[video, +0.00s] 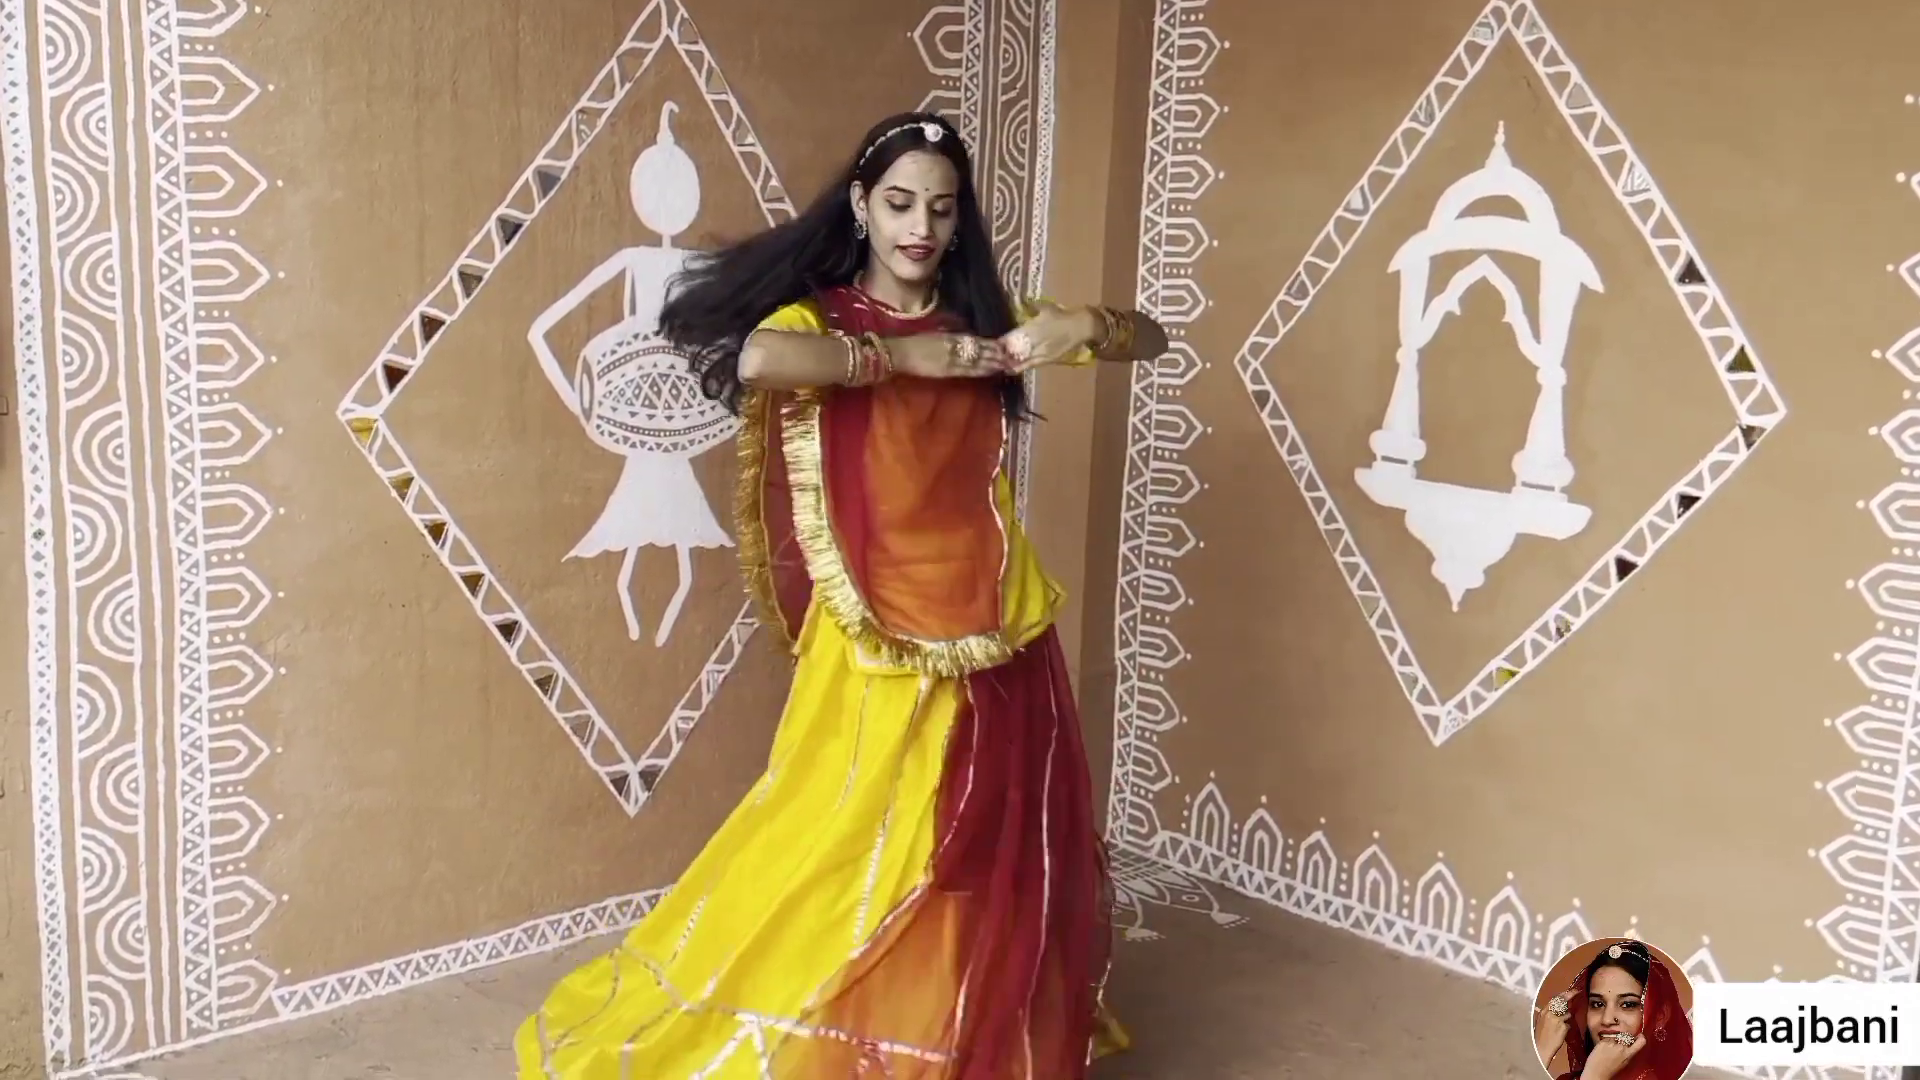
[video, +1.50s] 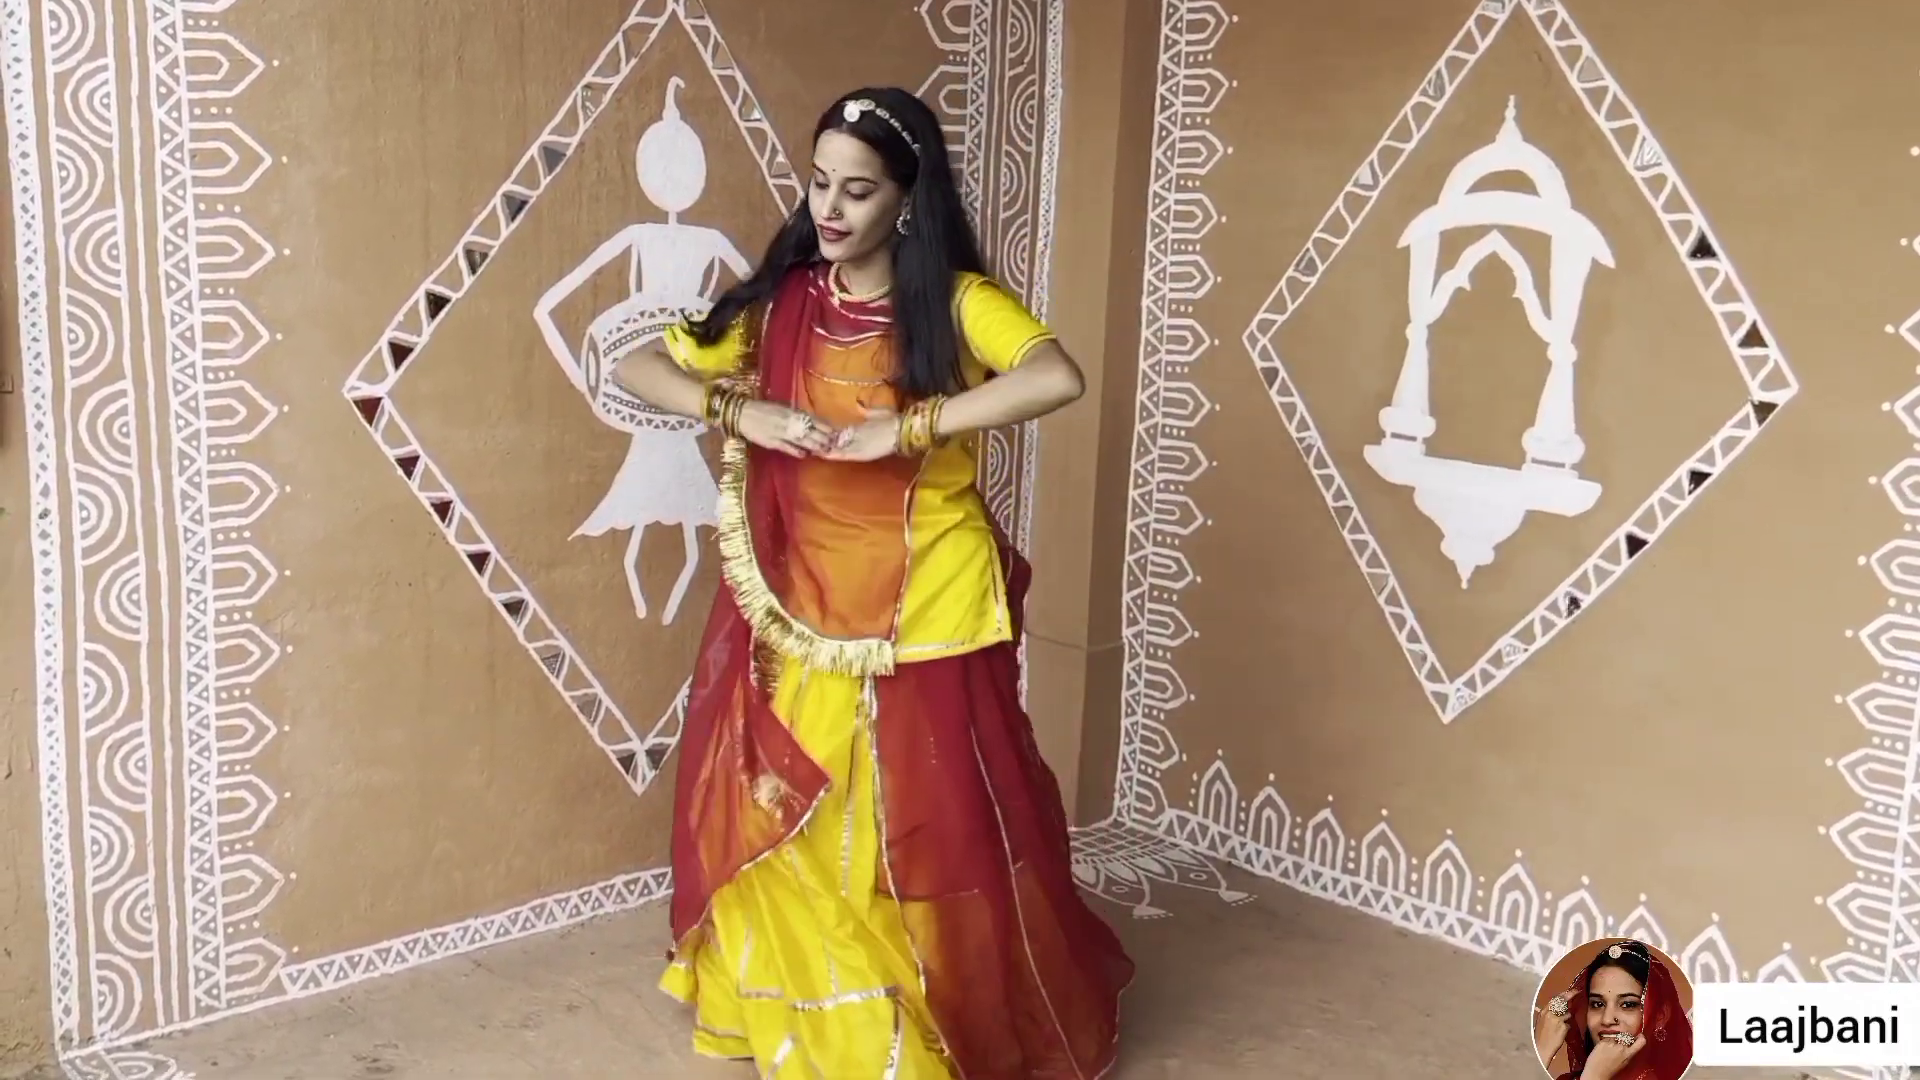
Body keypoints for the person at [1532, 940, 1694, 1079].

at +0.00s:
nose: (1607, 1019)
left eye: (1627, 1005)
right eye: (1597, 1004)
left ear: (1658, 1013)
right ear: (1586, 1011)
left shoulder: (1666, 1076)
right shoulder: (1568, 1077)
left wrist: (1596, 1075)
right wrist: (1538, 1056)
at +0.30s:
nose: (1608, 1019)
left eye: (1628, 1005)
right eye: (1597, 1004)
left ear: (1658, 1014)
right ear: (1585, 1011)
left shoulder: (1668, 1075)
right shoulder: (1567, 1078)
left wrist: (1595, 1075)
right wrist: (1539, 1055)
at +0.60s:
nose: (1608, 1019)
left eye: (1628, 1005)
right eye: (1597, 1004)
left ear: (1658, 1014)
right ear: (1585, 1011)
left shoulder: (1667, 1075)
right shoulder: (1567, 1078)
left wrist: (1595, 1075)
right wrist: (1539, 1055)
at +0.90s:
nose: (1607, 1020)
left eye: (1627, 1005)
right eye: (1597, 1004)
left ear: (1659, 1013)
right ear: (1585, 1011)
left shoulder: (1670, 1075)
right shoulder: (1567, 1077)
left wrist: (1595, 1075)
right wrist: (1539, 1055)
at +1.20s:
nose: (1608, 1019)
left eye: (1627, 1005)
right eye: (1597, 1004)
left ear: (1658, 1013)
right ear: (1585, 1011)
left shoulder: (1666, 1076)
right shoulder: (1567, 1078)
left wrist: (1595, 1076)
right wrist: (1538, 1056)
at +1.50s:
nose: (1608, 1019)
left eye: (1628, 1005)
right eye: (1597, 1004)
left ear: (1658, 1014)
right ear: (1586, 1011)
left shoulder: (1667, 1075)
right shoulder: (1567, 1078)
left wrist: (1595, 1075)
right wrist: (1539, 1055)